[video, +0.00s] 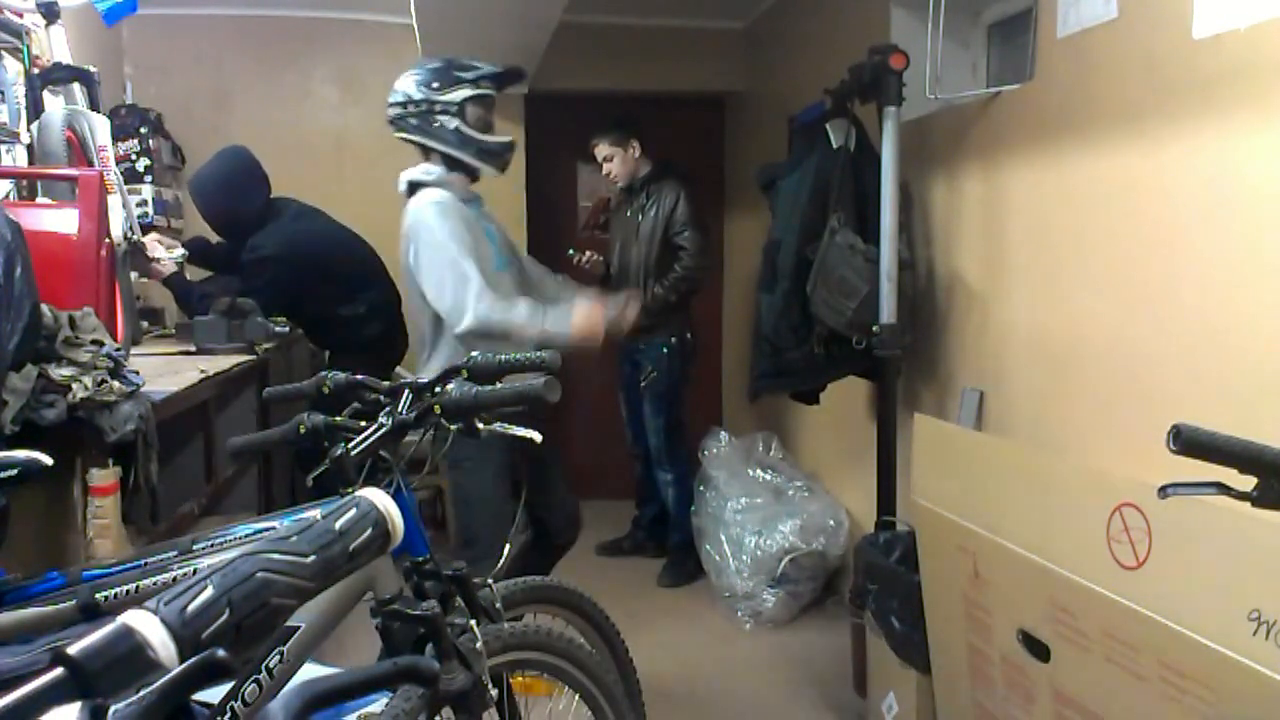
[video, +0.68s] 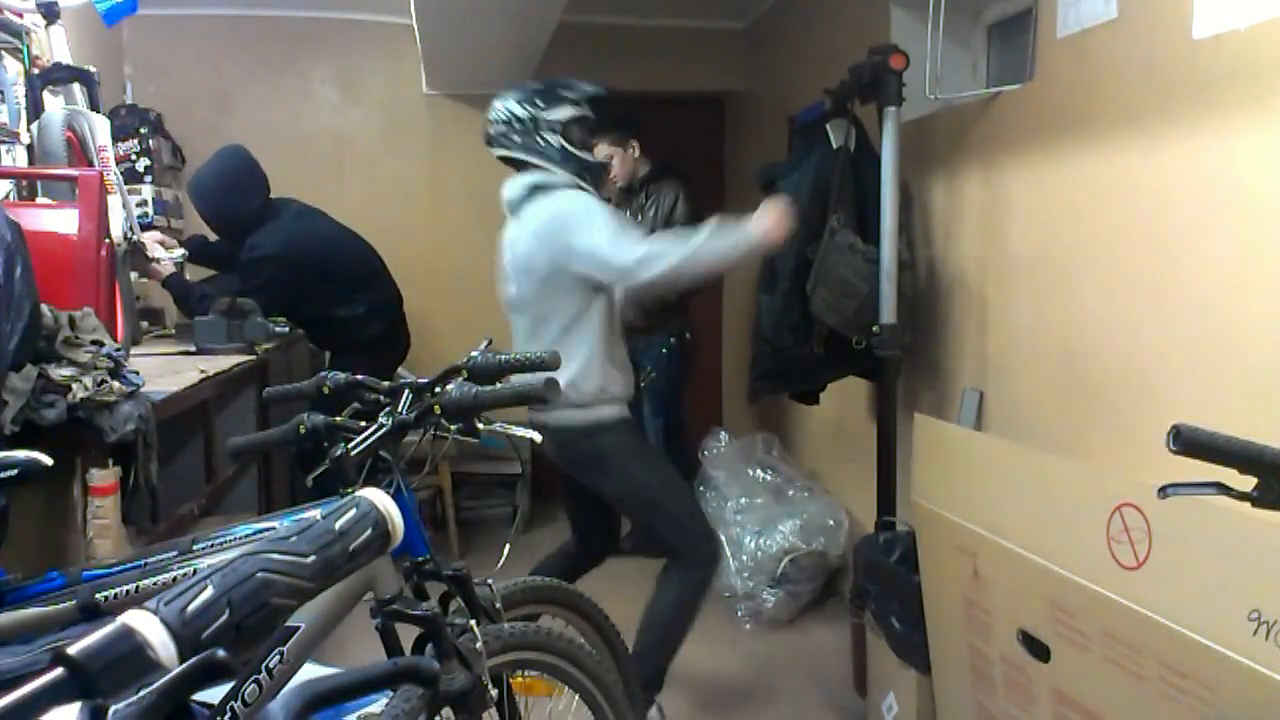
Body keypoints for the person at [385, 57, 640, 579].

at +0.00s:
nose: (498, 130)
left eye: (494, 116)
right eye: (484, 116)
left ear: (453, 125)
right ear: (446, 123)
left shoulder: (468, 208)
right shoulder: (433, 212)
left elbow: (533, 281)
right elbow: (472, 312)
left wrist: (603, 304)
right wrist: (571, 321)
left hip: (512, 401)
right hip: (471, 411)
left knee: (558, 524)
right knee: (486, 559)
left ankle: (493, 612)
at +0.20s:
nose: (519, 116)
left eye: (517, 104)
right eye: (505, 104)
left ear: (469, 118)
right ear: (468, 113)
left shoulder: (482, 193)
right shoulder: (469, 199)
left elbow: (496, 303)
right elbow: (480, 311)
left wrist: (576, 344)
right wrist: (570, 352)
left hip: (542, 388)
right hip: (525, 393)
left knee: (557, 518)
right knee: (558, 525)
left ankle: (498, 617)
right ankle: (491, 620)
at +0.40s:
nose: (544, 129)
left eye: (541, 117)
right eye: (530, 117)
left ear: (496, 128)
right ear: (494, 125)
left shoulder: (497, 196)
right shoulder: (505, 201)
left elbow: (528, 294)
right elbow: (546, 296)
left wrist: (574, 276)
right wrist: (640, 317)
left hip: (532, 393)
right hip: (543, 396)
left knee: (568, 525)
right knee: (623, 530)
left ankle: (492, 621)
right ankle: (583, 659)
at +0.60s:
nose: (579, 130)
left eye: (573, 116)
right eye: (566, 116)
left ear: (518, 128)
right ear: (536, 123)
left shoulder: (523, 198)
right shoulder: (540, 201)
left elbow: (566, 300)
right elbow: (578, 299)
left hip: (566, 400)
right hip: (588, 401)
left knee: (587, 528)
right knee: (671, 538)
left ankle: (497, 619)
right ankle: (630, 696)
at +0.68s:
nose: (594, 147)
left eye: (590, 133)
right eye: (580, 134)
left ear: (534, 145)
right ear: (547, 141)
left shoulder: (532, 213)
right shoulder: (560, 210)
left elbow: (597, 308)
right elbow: (643, 260)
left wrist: (667, 274)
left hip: (562, 418)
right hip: (593, 421)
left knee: (593, 541)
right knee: (696, 548)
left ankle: (496, 615)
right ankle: (635, 695)